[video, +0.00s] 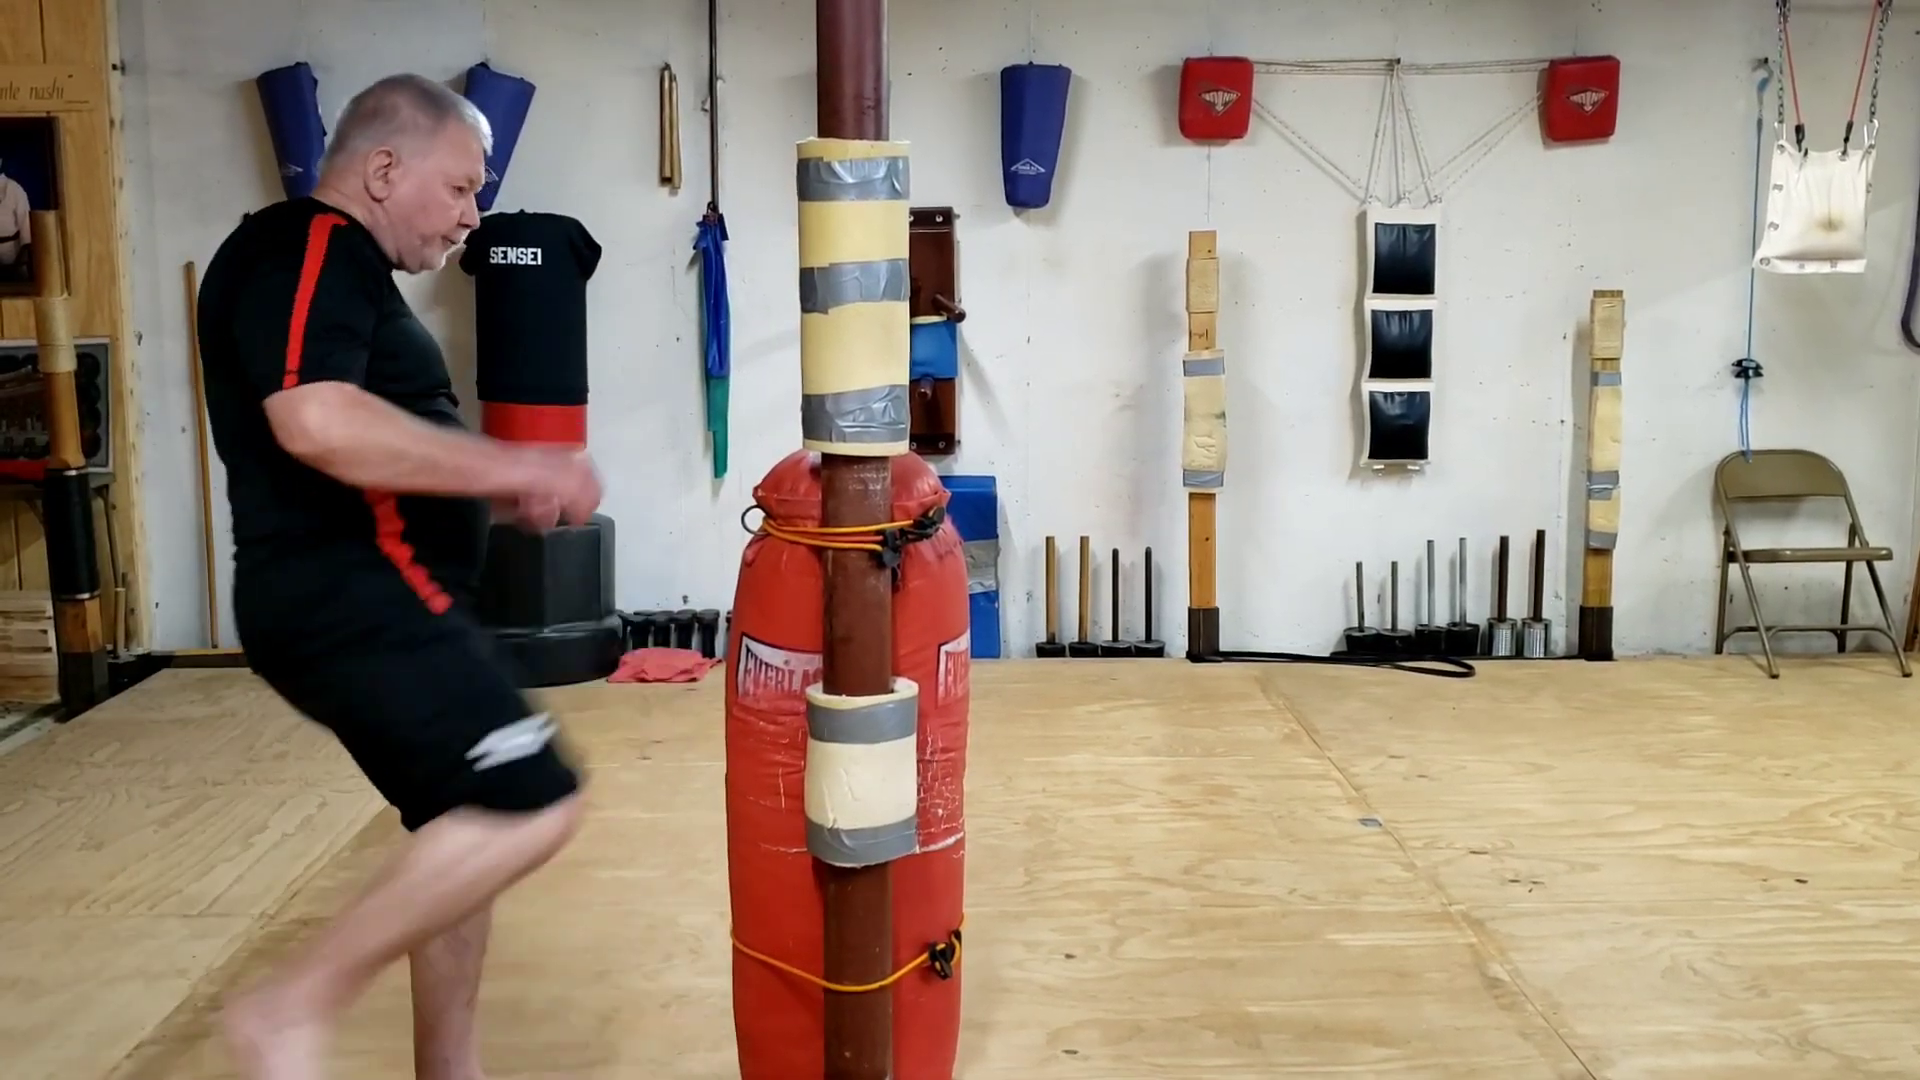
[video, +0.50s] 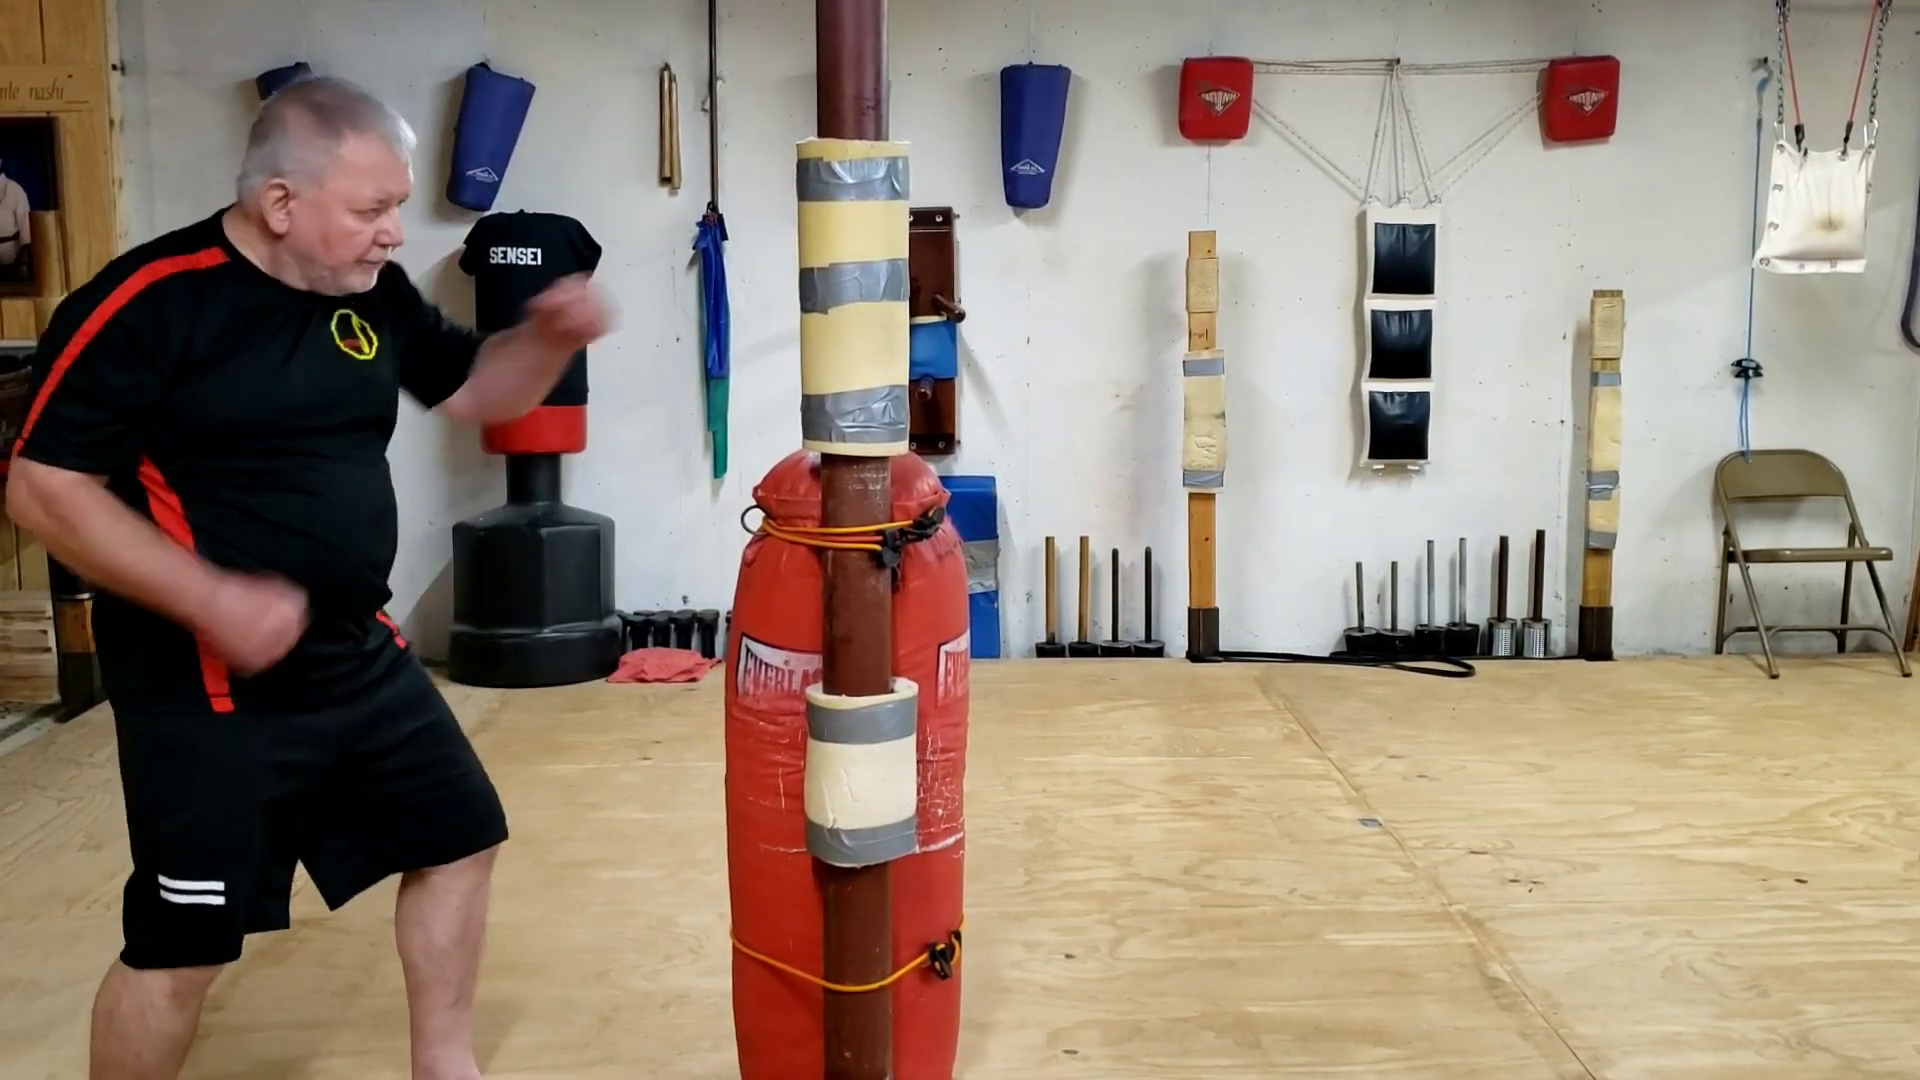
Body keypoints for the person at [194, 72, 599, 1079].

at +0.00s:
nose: (469, 221)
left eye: (475, 198)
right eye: (460, 190)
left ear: (376, 176)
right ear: (382, 168)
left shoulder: (317, 253)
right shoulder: (311, 244)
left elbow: (361, 429)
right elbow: (313, 415)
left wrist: (503, 480)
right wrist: (518, 468)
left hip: (340, 593)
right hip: (344, 592)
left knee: (469, 822)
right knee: (533, 796)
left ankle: (449, 1067)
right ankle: (286, 1009)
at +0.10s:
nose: (466, 224)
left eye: (470, 201)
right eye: (454, 194)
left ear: (374, 184)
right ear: (371, 177)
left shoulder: (346, 276)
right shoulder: (279, 250)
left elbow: (342, 474)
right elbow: (335, 417)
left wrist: (461, 543)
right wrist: (530, 394)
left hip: (409, 636)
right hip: (305, 647)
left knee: (478, 835)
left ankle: (451, 1070)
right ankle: (167, 1071)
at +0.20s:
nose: (444, 236)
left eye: (448, 214)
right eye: (428, 210)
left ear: (345, 203)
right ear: (341, 198)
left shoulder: (341, 302)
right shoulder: (235, 281)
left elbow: (334, 490)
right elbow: (297, 458)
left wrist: (433, 556)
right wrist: (484, 394)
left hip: (381, 660)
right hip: (248, 680)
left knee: (486, 843)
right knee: (209, 939)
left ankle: (448, 1070)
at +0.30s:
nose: (412, 243)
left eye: (416, 217)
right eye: (391, 218)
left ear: (311, 216)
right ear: (301, 212)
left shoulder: (353, 303)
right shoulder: (186, 296)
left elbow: (334, 487)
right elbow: (202, 496)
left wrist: (429, 525)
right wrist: (410, 449)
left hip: (365, 656)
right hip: (218, 686)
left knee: (482, 839)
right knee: (185, 946)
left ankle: (447, 1066)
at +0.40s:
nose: (391, 226)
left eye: (395, 200)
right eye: (370, 201)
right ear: (276, 196)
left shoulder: (359, 294)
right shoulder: (157, 287)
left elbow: (383, 458)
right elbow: (96, 496)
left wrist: (447, 433)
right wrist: (308, 509)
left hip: (358, 650)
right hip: (206, 676)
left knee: (460, 840)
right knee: (174, 933)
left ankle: (444, 1067)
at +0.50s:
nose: (395, 235)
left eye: (398, 209)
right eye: (374, 210)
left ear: (295, 207)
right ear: (281, 206)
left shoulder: (369, 290)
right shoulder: (147, 299)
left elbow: (474, 391)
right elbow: (37, 483)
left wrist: (551, 335)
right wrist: (212, 599)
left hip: (349, 648)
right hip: (196, 677)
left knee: (459, 837)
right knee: (185, 939)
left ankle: (446, 1067)